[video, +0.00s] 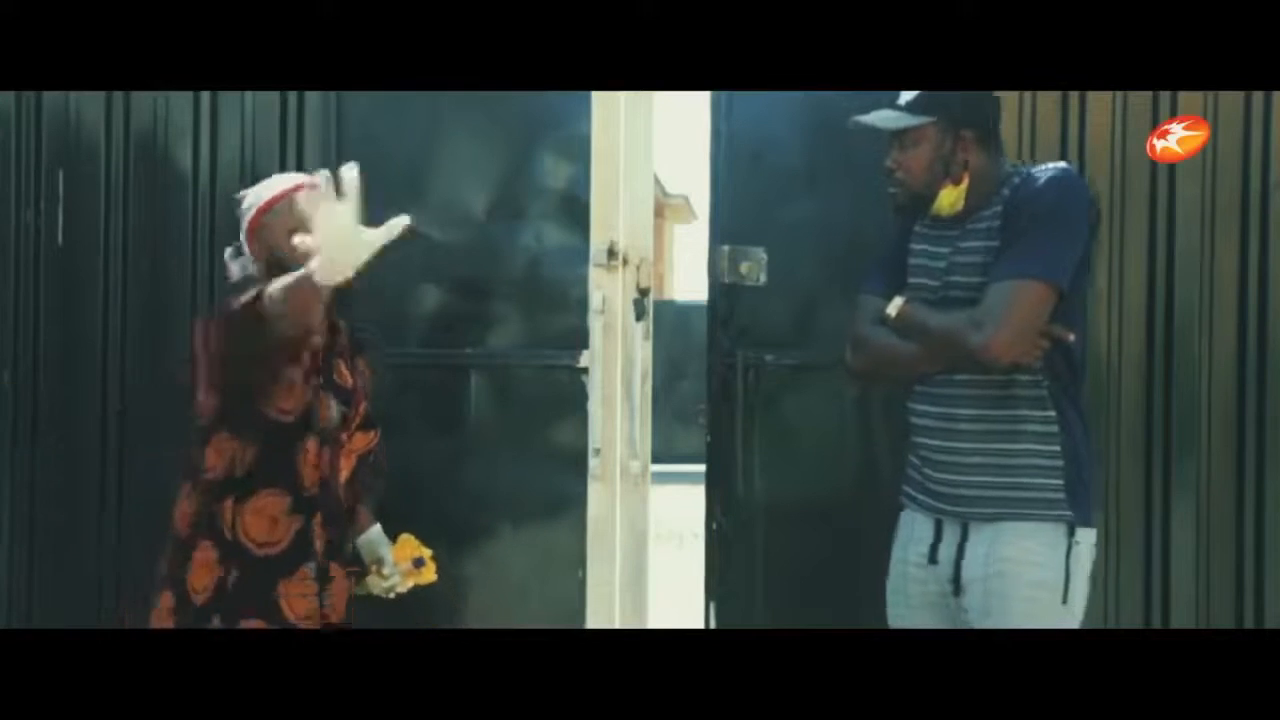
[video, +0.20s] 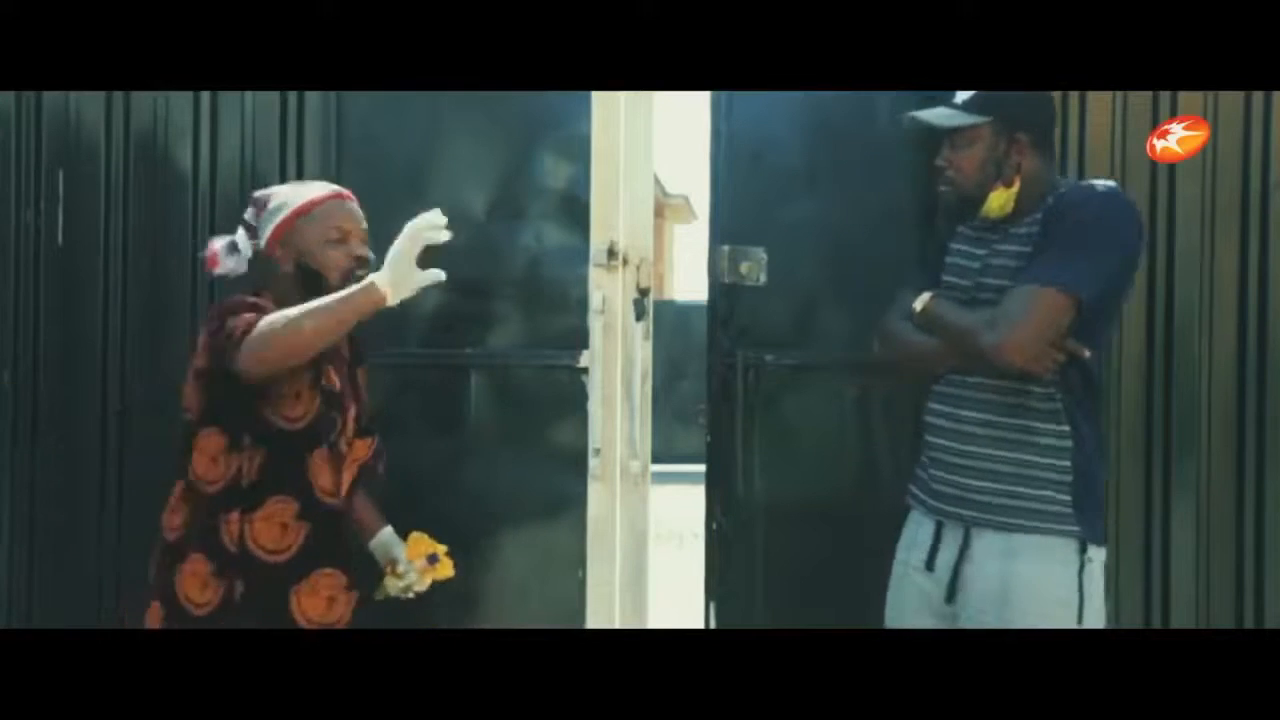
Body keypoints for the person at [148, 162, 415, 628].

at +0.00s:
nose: (313, 241)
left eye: (319, 227)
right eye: (296, 229)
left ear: (332, 231)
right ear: (260, 245)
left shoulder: (343, 347)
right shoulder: (237, 324)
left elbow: (343, 469)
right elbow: (278, 311)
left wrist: (375, 546)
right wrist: (320, 273)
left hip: (315, 554)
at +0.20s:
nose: (361, 254)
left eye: (364, 240)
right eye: (338, 241)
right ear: (283, 254)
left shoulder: (339, 340)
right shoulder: (239, 317)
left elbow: (341, 470)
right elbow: (255, 358)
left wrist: (388, 547)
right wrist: (380, 290)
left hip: (315, 587)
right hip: (223, 589)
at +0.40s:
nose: (373, 285)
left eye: (376, 272)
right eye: (350, 272)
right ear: (295, 281)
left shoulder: (344, 373)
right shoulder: (231, 357)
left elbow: (335, 502)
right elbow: (185, 448)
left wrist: (361, 570)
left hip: (312, 606)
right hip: (217, 605)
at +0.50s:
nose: (358, 290)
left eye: (364, 276)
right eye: (336, 277)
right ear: (282, 288)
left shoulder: (342, 383)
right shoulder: (225, 369)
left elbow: (332, 504)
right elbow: (152, 477)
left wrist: (360, 564)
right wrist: (260, 465)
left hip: (309, 612)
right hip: (207, 612)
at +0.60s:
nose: (331, 292)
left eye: (346, 278)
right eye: (309, 277)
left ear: (360, 289)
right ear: (267, 286)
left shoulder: (340, 384)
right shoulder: (207, 373)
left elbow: (334, 502)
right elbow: (133, 476)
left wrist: (368, 573)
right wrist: (214, 473)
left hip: (294, 611)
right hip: (192, 612)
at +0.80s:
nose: (292, 290)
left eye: (310, 275)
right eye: (270, 274)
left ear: (329, 286)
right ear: (238, 285)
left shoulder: (335, 377)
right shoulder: (192, 369)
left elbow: (344, 496)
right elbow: (95, 473)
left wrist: (380, 577)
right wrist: (154, 454)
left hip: (290, 612)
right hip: (181, 611)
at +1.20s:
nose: (293, 291)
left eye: (310, 277)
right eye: (270, 277)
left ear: (327, 291)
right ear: (234, 291)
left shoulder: (338, 376)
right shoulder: (192, 365)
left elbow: (359, 491)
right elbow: (112, 461)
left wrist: (391, 571)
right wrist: (153, 406)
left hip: (293, 610)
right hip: (182, 608)